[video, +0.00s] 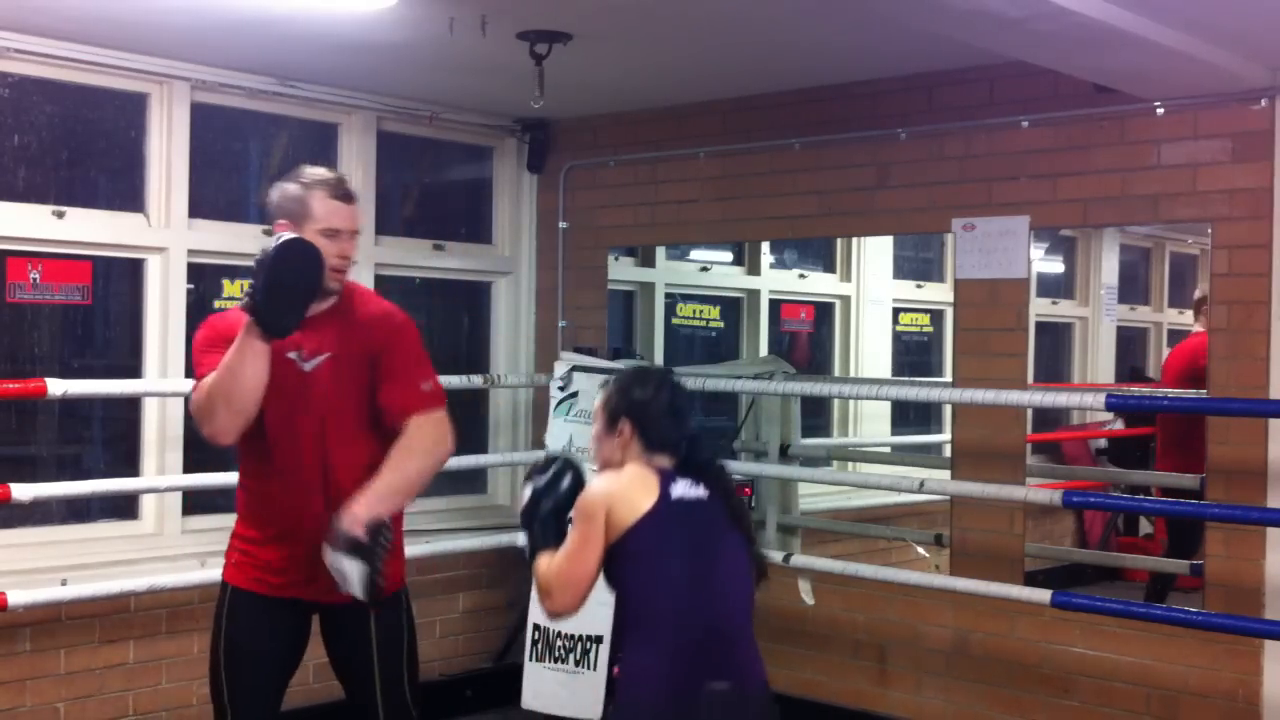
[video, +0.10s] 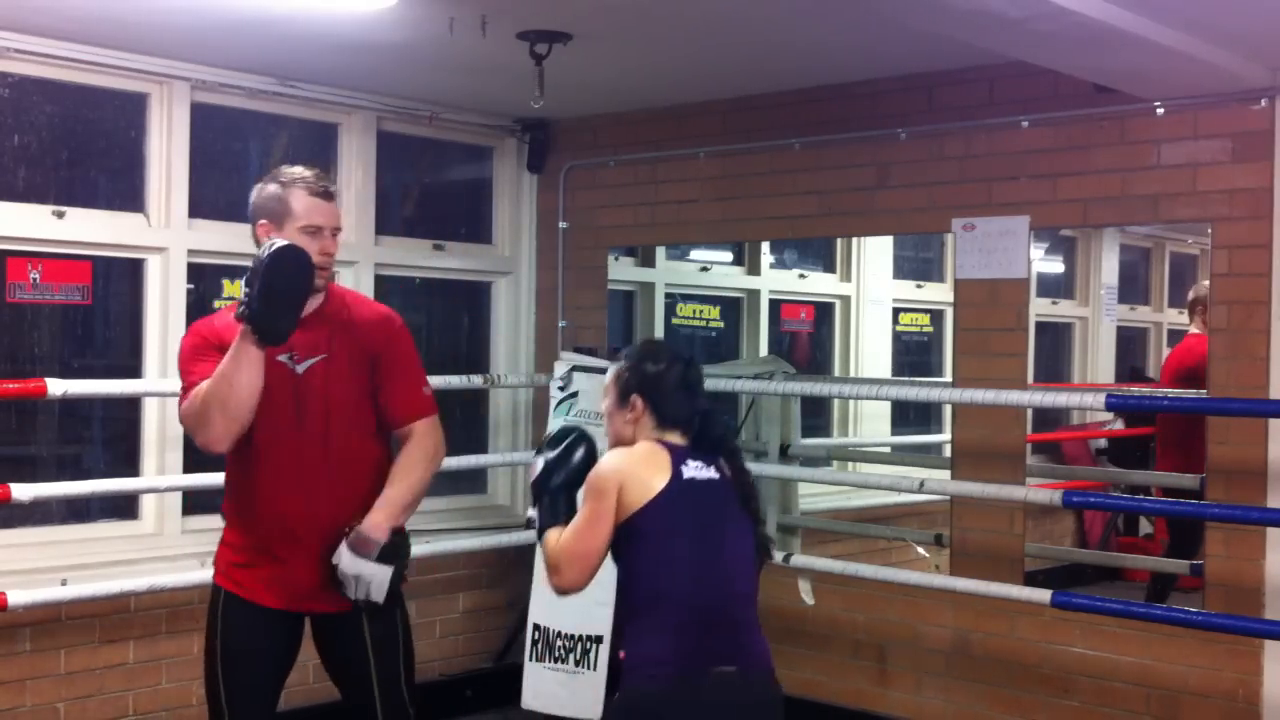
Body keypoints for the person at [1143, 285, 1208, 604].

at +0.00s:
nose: (1220, 317)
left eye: (1217, 311)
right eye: (1217, 312)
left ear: (1198, 313)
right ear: (1206, 312)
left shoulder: (1181, 349)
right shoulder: (1206, 348)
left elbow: (1168, 409)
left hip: (1173, 464)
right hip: (1192, 467)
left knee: (1179, 543)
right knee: (1182, 543)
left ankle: (1152, 608)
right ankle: (1151, 609)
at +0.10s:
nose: (1221, 316)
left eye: (1218, 309)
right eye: (1217, 310)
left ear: (1196, 312)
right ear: (1202, 312)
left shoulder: (1180, 350)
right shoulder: (1204, 351)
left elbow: (1170, 414)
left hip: (1174, 465)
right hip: (1191, 467)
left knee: (1182, 541)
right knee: (1185, 542)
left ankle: (1152, 607)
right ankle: (1151, 608)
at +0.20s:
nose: (1220, 315)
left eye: (1216, 309)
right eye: (1215, 310)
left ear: (1196, 312)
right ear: (1201, 312)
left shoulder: (1188, 346)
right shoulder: (1199, 349)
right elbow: (1220, 398)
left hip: (1179, 462)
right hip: (1187, 465)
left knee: (1185, 541)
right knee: (1184, 542)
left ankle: (1153, 606)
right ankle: (1152, 609)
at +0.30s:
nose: (1219, 315)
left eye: (1216, 309)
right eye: (1215, 310)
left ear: (1199, 312)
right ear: (1201, 312)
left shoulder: (1193, 346)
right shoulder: (1197, 350)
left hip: (1186, 462)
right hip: (1187, 465)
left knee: (1188, 541)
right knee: (1185, 542)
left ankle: (1154, 603)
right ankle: (1153, 607)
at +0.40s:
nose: (1221, 316)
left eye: (1217, 310)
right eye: (1217, 310)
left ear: (1199, 312)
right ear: (1204, 312)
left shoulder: (1194, 348)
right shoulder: (1198, 352)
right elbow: (1201, 413)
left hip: (1186, 462)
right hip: (1188, 464)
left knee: (1189, 540)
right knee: (1186, 541)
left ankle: (1155, 603)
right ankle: (1153, 606)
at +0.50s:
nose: (1222, 314)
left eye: (1218, 308)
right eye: (1218, 308)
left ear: (1199, 312)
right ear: (1206, 311)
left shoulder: (1190, 349)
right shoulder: (1200, 353)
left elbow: (1178, 413)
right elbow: (1202, 417)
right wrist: (1222, 449)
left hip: (1181, 461)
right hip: (1190, 464)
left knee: (1189, 539)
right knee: (1188, 540)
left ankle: (1155, 603)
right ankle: (1154, 606)